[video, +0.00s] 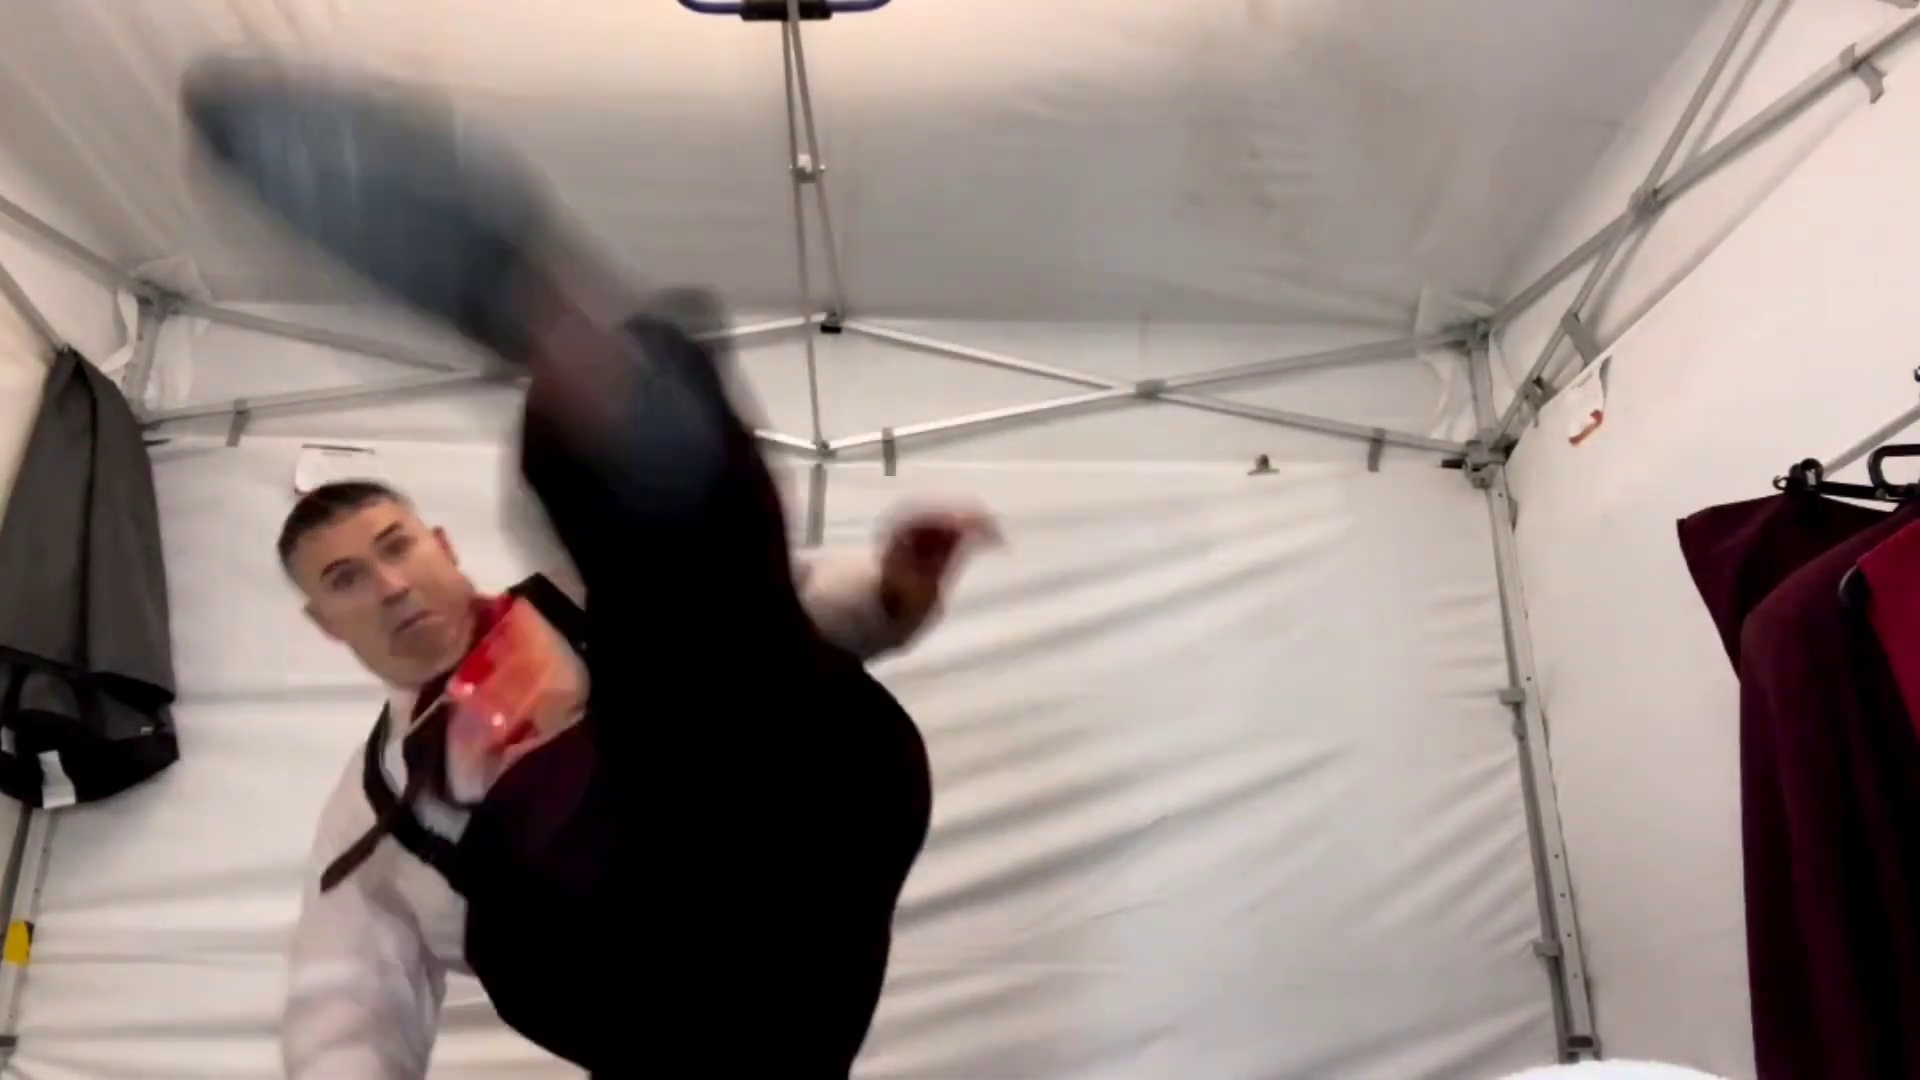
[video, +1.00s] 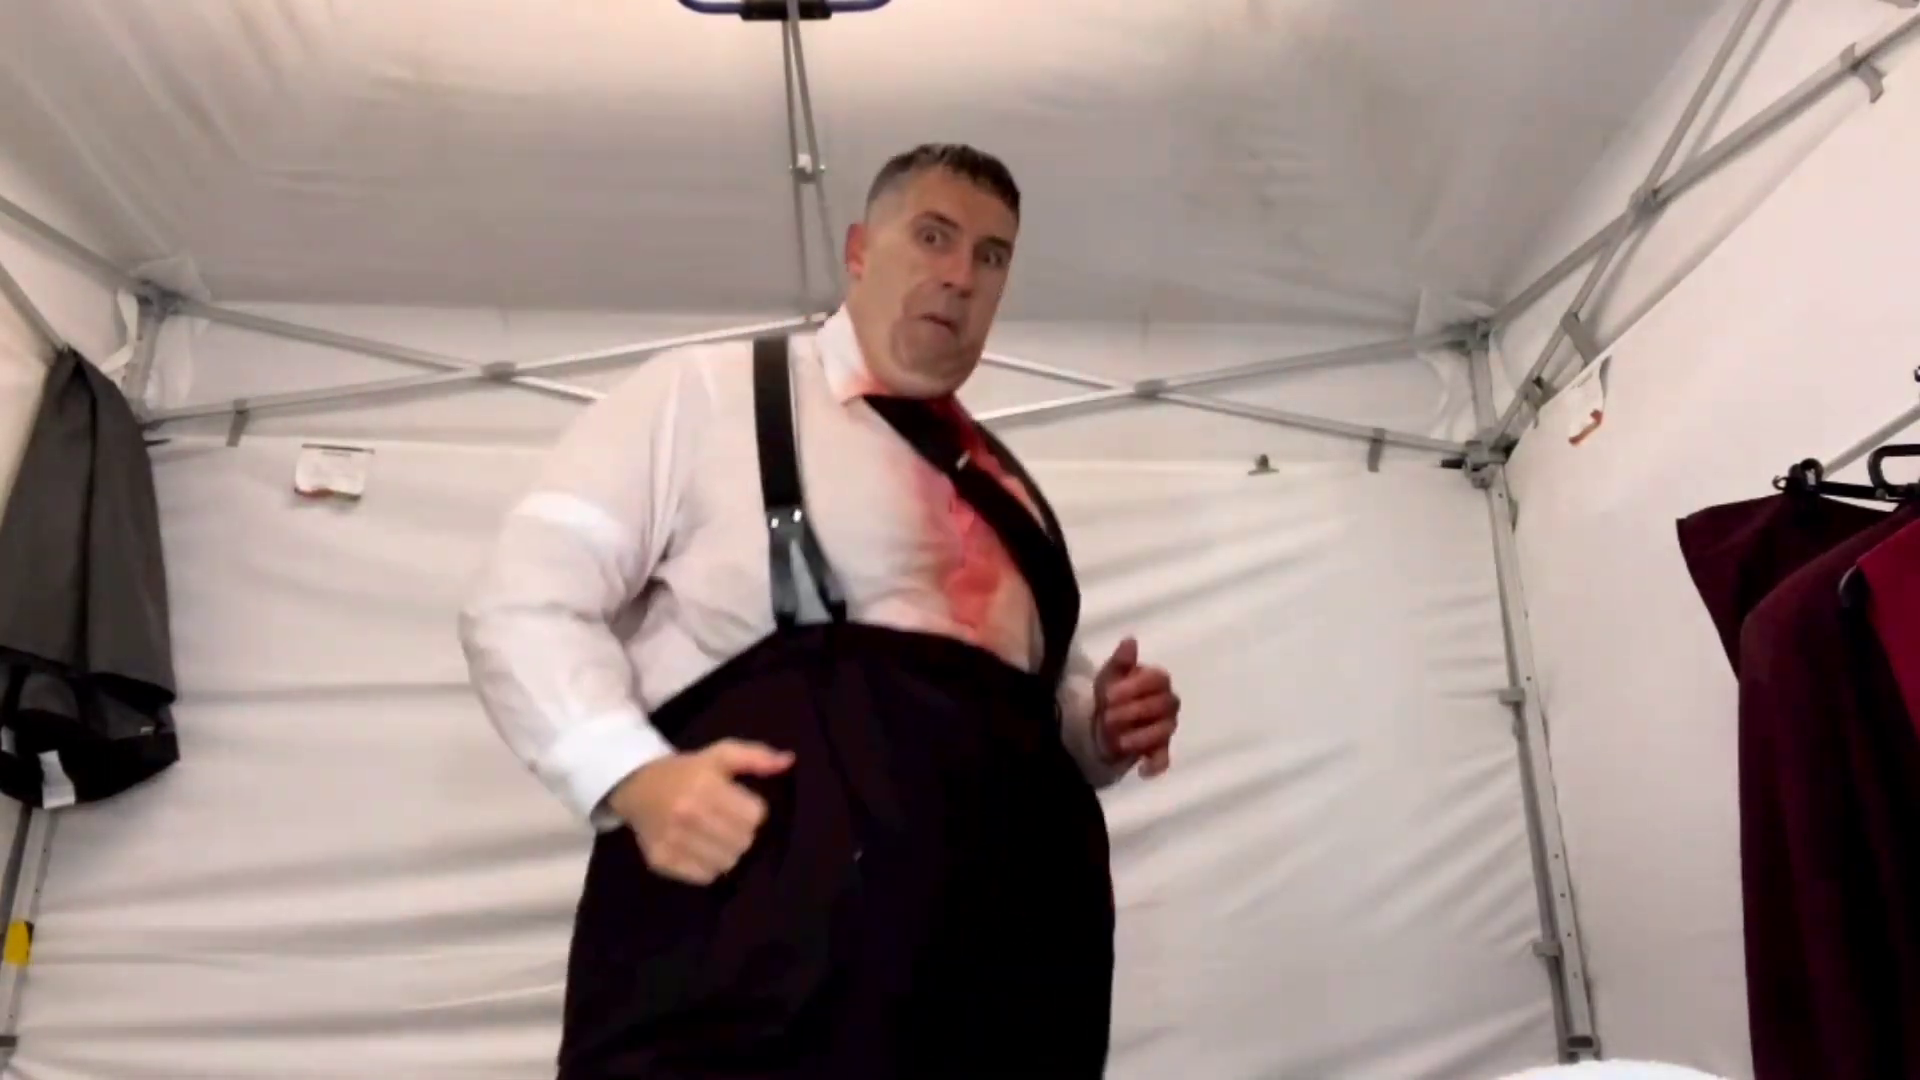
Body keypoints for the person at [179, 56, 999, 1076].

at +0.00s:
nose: (389, 587)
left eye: (395, 547)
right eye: (347, 582)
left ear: (446, 547)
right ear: (326, 632)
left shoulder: (583, 596)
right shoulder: (380, 812)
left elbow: (742, 626)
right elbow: (345, 1041)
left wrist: (888, 594)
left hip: (822, 820)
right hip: (695, 1011)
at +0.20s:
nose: (306, 772)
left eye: (296, 736)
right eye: (279, 788)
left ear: (356, 685)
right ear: (305, 825)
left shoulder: (505, 653)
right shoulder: (448, 953)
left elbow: (729, 568)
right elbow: (574, 1058)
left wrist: (597, 577)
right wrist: (494, 905)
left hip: (832, 822)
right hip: (760, 1018)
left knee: (824, 596)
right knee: (541, 934)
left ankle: (1341, 631)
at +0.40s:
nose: (363, 635)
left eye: (364, 593)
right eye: (342, 639)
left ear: (444, 557)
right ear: (362, 674)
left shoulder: (568, 545)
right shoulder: (467, 807)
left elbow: (726, 580)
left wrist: (596, 793)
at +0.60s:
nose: (627, 337)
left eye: (656, 305)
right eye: (598, 319)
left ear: (717, 332)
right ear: (578, 360)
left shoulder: (832, 439)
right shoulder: (544, 559)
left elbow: (1023, 565)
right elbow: (462, 743)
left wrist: (865, 586)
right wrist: (408, 867)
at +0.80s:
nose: (891, 354)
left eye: (918, 335)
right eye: (863, 316)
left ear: (934, 367)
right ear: (790, 333)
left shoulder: (973, 544)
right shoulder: (643, 499)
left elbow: (1067, 710)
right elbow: (478, 692)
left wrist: (1073, 790)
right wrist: (501, 839)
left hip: (920, 975)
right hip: (675, 968)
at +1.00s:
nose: (960, 276)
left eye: (991, 255)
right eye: (932, 236)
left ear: (1005, 291)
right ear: (858, 254)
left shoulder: (1004, 484)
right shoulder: (700, 393)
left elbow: (983, 725)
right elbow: (525, 603)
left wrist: (1091, 729)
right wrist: (636, 777)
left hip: (989, 941)